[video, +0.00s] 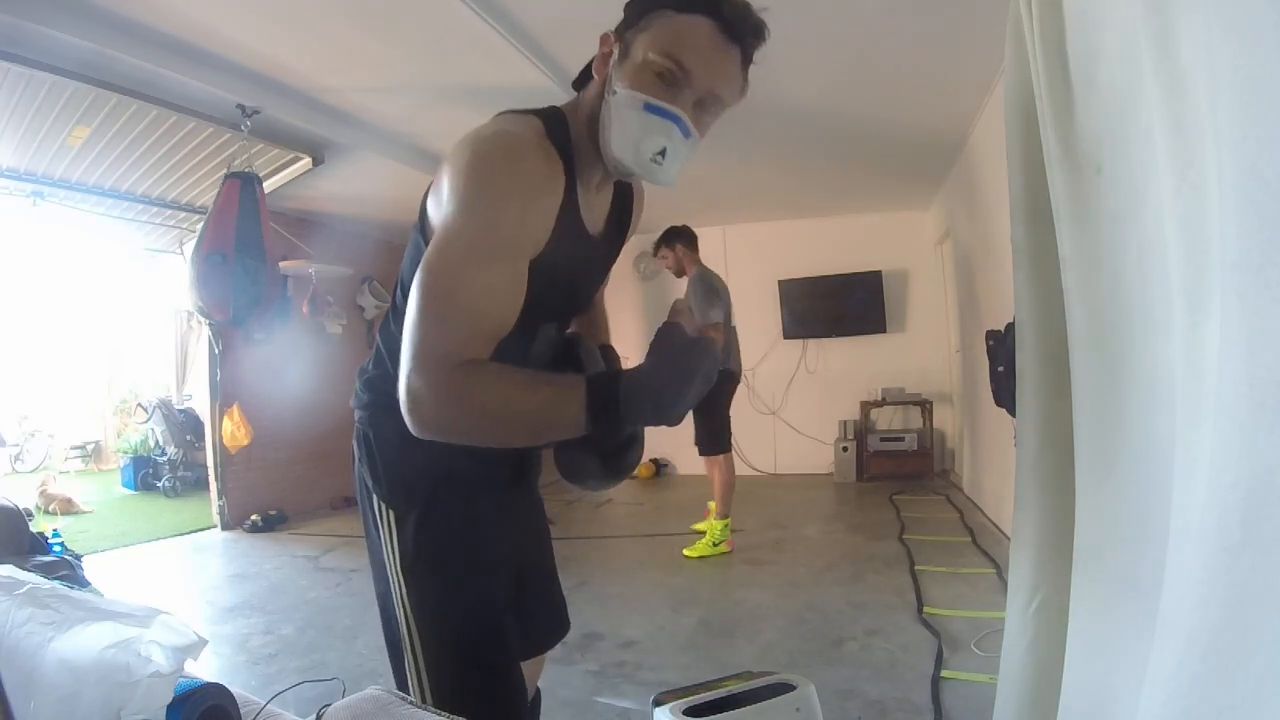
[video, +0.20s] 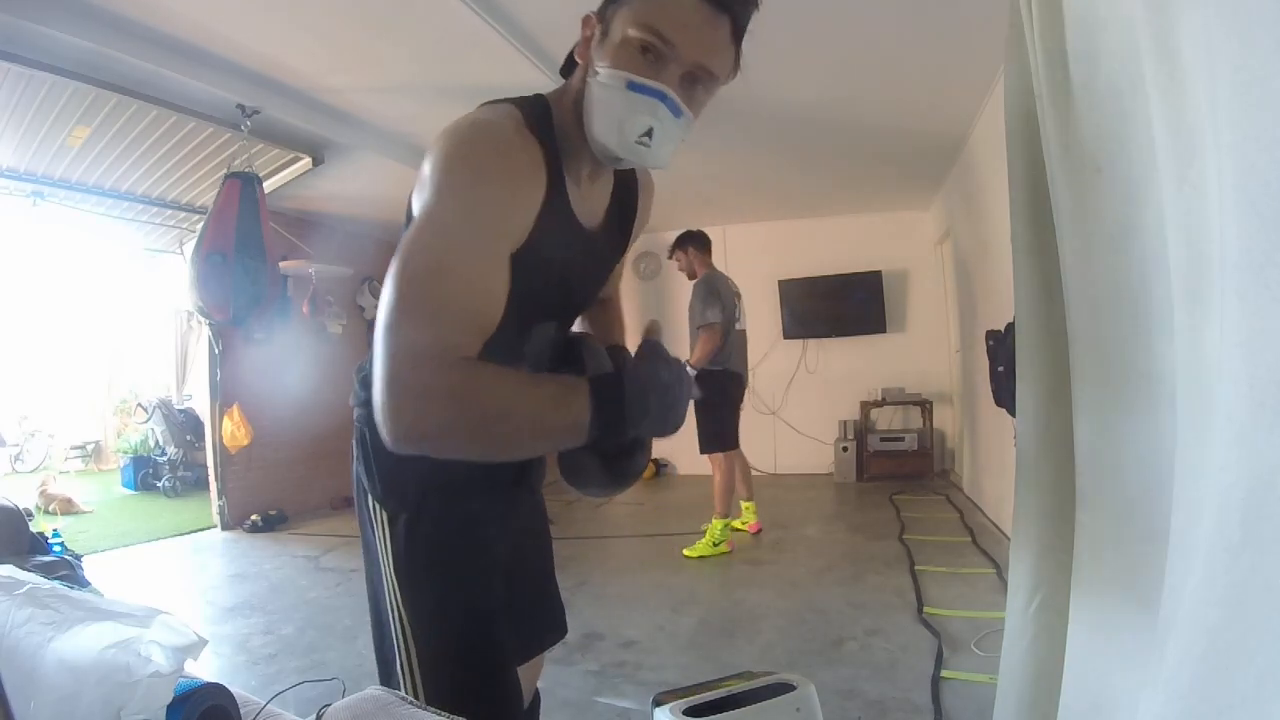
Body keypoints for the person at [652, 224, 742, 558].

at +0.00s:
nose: (664, 266)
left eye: (665, 258)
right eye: (662, 260)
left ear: (679, 250)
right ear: (683, 251)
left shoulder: (705, 282)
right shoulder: (701, 281)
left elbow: (714, 338)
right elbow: (704, 334)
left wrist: (695, 373)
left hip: (719, 373)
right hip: (714, 372)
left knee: (717, 452)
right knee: (712, 450)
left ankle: (721, 533)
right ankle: (717, 517)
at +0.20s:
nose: (678, 267)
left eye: (678, 259)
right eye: (676, 260)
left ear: (690, 253)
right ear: (702, 253)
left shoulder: (707, 285)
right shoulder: (727, 284)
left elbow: (712, 336)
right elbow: (728, 335)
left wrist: (687, 371)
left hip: (715, 375)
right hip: (731, 375)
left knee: (718, 454)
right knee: (730, 448)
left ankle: (719, 533)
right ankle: (748, 513)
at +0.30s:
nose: (684, 270)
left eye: (685, 262)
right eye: (683, 264)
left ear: (696, 255)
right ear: (708, 256)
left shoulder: (708, 286)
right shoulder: (734, 286)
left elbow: (710, 336)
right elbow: (749, 342)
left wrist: (686, 371)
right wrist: (746, 379)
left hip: (718, 378)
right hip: (738, 378)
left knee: (719, 456)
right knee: (738, 449)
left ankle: (718, 533)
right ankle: (750, 515)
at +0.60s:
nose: (697, 278)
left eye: (697, 271)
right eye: (695, 273)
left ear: (708, 264)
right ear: (722, 265)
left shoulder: (712, 288)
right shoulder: (747, 294)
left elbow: (714, 332)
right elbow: (760, 342)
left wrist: (701, 376)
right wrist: (767, 382)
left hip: (722, 379)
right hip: (749, 381)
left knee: (707, 450)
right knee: (748, 447)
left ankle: (716, 527)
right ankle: (752, 517)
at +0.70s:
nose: (697, 280)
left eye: (697, 273)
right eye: (695, 275)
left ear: (708, 265)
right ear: (720, 266)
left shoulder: (714, 288)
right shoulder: (745, 294)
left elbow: (719, 329)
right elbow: (759, 342)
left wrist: (709, 375)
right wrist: (767, 380)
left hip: (722, 379)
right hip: (748, 380)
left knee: (701, 444)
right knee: (746, 445)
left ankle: (710, 522)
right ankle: (752, 516)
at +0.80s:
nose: (697, 282)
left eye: (696, 275)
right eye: (695, 277)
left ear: (707, 266)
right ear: (719, 267)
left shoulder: (714, 288)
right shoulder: (743, 294)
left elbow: (721, 326)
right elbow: (758, 342)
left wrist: (717, 370)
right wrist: (764, 379)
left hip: (720, 378)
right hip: (748, 381)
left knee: (700, 442)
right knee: (744, 443)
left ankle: (700, 518)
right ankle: (753, 515)